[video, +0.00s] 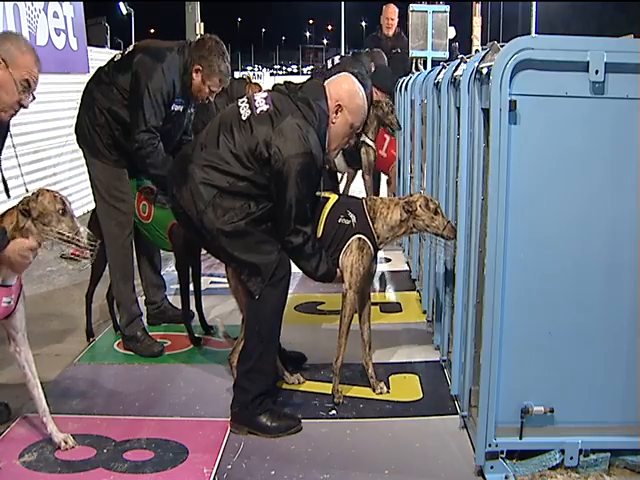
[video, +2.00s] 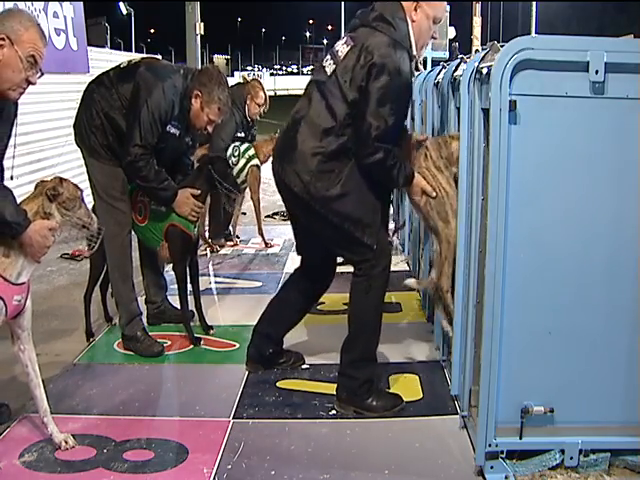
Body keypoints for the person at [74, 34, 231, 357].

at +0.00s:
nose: (210, 97)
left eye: (215, 92)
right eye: (210, 90)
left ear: (200, 70)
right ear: (195, 72)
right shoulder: (157, 72)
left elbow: (184, 139)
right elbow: (143, 141)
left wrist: (197, 177)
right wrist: (177, 183)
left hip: (138, 134)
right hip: (103, 132)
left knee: (145, 220)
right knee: (119, 222)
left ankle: (157, 304)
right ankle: (130, 324)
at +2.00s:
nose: (210, 129)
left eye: (215, 124)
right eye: (210, 121)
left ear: (197, 98)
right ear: (195, 99)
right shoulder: (159, 92)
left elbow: (179, 158)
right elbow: (135, 156)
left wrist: (186, 192)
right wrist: (171, 196)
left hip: (137, 132)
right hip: (100, 130)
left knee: (147, 216)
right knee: (118, 222)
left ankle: (157, 305)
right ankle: (131, 326)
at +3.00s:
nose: (211, 105)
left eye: (216, 100)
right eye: (209, 97)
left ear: (197, 77)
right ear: (193, 78)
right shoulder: (153, 79)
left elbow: (185, 143)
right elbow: (136, 146)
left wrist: (190, 173)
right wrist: (177, 175)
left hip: (142, 137)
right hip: (104, 134)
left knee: (153, 218)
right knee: (124, 222)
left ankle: (158, 304)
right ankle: (132, 326)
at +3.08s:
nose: (211, 100)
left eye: (216, 94)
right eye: (209, 91)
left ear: (197, 71)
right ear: (192, 73)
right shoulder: (153, 75)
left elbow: (184, 137)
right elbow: (137, 143)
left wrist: (191, 165)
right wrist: (179, 171)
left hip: (143, 137)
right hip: (105, 134)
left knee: (153, 218)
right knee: (124, 223)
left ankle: (159, 303)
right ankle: (132, 325)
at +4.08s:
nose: (210, 80)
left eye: (214, 75)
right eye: (208, 72)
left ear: (197, 56)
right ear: (190, 56)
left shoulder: (192, 73)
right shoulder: (149, 64)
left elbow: (185, 126)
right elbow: (135, 132)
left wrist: (193, 151)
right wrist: (177, 156)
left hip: (145, 141)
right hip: (107, 137)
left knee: (157, 213)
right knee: (133, 212)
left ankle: (159, 304)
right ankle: (131, 323)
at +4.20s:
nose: (211, 71)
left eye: (216, 65)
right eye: (209, 63)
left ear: (199, 48)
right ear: (190, 47)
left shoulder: (192, 66)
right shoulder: (149, 58)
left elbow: (188, 121)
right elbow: (140, 129)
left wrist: (194, 147)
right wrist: (182, 151)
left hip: (153, 141)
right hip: (113, 139)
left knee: (169, 213)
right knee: (136, 216)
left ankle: (164, 297)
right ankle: (131, 322)